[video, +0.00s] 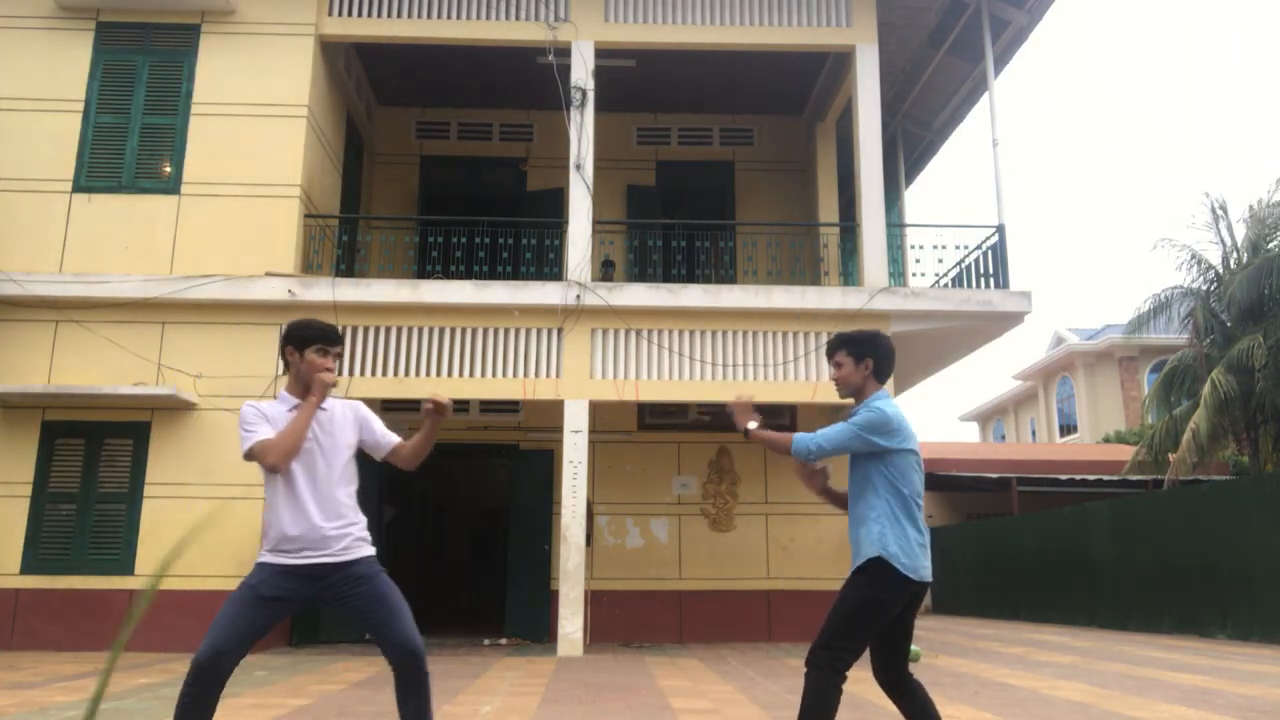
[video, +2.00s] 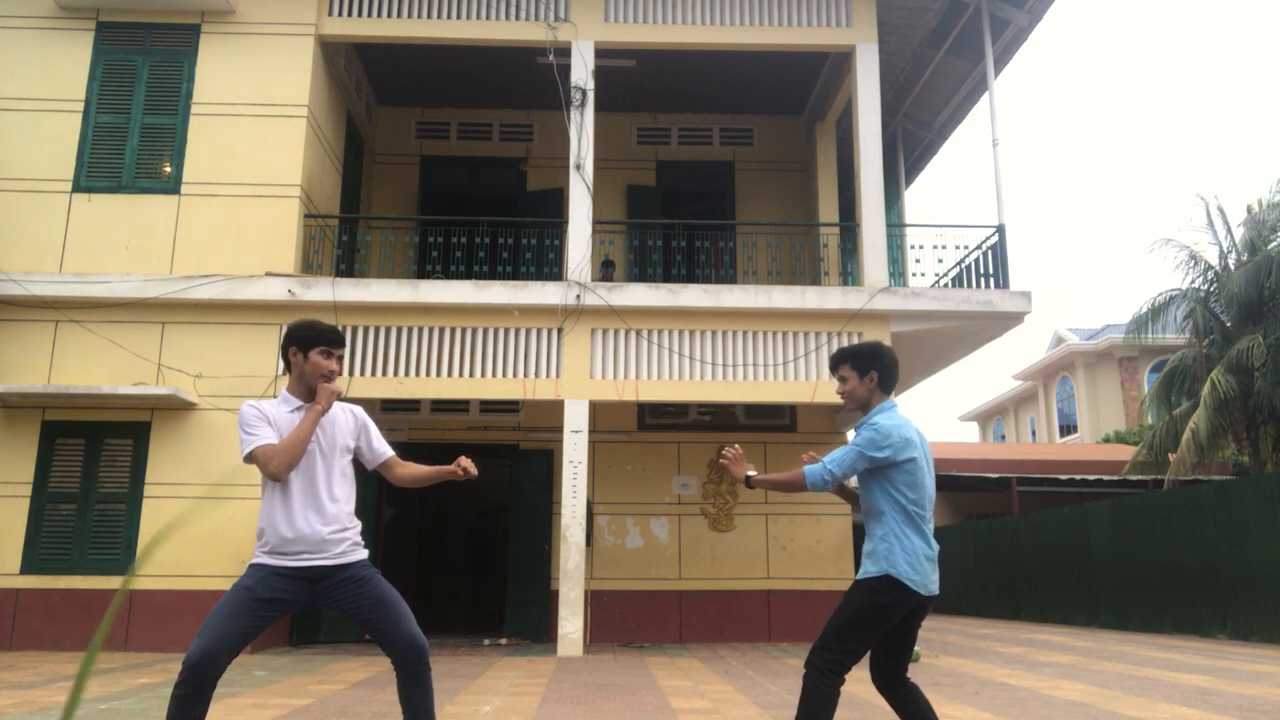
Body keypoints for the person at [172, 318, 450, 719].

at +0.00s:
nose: (331, 363)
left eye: (336, 356)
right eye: (322, 354)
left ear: (340, 361)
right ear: (292, 356)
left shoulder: (352, 412)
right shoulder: (257, 412)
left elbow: (406, 459)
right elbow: (274, 459)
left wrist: (431, 426)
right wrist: (313, 399)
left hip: (352, 564)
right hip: (281, 567)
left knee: (410, 652)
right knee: (209, 662)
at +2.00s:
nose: (335, 368)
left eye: (339, 359)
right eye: (325, 357)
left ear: (343, 363)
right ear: (293, 357)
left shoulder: (351, 416)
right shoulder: (257, 412)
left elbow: (397, 470)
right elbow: (275, 467)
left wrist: (449, 472)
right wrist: (319, 408)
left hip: (347, 569)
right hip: (275, 570)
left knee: (413, 649)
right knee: (199, 662)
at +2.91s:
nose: (337, 365)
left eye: (340, 356)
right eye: (327, 354)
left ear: (344, 361)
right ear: (295, 356)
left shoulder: (352, 416)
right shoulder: (258, 412)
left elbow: (396, 471)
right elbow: (277, 466)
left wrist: (447, 475)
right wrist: (322, 409)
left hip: (347, 565)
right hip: (276, 566)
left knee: (414, 650)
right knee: (200, 662)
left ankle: (423, 718)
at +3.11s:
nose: (338, 364)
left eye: (341, 355)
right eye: (328, 354)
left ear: (344, 361)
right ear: (296, 356)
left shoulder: (353, 416)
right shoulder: (259, 412)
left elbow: (396, 471)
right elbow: (278, 467)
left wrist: (448, 475)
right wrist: (323, 410)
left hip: (348, 568)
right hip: (276, 568)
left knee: (414, 649)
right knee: (206, 659)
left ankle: (422, 718)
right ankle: (175, 718)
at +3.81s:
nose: (337, 367)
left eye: (341, 358)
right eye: (328, 356)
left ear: (344, 362)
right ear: (296, 357)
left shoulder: (353, 416)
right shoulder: (259, 413)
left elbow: (395, 472)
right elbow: (279, 468)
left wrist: (445, 474)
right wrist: (323, 411)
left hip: (349, 568)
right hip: (277, 570)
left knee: (415, 651)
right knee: (202, 663)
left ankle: (424, 718)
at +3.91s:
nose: (328, 367)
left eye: (332, 358)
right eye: (318, 356)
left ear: (335, 364)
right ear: (287, 358)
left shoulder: (349, 416)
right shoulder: (252, 417)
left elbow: (385, 478)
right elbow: (274, 473)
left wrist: (413, 467)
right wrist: (318, 416)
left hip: (342, 568)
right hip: (272, 571)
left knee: (406, 655)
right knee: (198, 668)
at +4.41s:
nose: (125, 416)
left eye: (127, 407)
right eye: (110, 409)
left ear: (134, 413)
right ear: (81, 426)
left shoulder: (179, 444)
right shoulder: (93, 504)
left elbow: (238, 491)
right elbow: (137, 563)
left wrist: (252, 548)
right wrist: (141, 489)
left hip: (251, 586)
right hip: (180, 599)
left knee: (313, 681)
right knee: (89, 673)